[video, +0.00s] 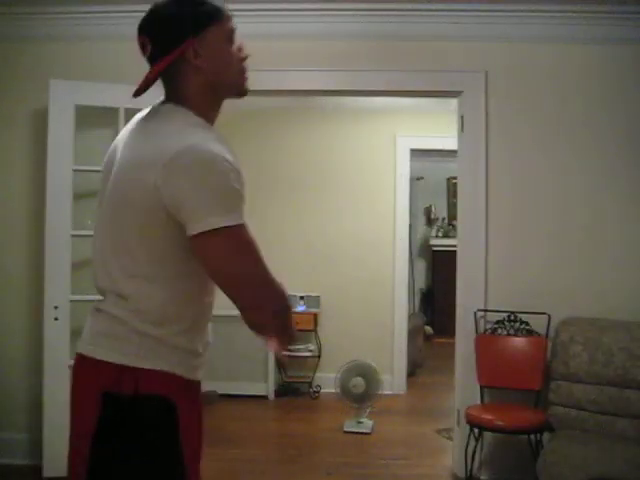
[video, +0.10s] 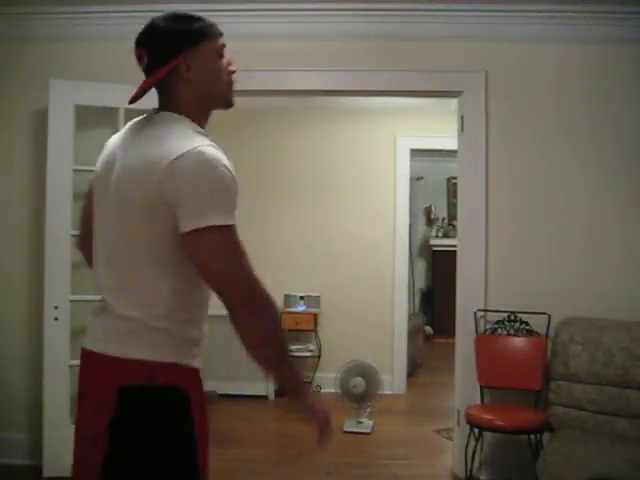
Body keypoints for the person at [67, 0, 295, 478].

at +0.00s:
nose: (242, 52)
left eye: (236, 40)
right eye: (229, 41)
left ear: (192, 58)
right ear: (195, 56)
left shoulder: (140, 134)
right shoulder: (193, 153)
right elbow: (264, 304)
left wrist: (263, 317)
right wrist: (282, 329)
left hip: (110, 374)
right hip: (147, 386)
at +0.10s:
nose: (232, 66)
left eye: (226, 53)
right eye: (220, 54)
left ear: (182, 70)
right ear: (185, 68)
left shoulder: (120, 143)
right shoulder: (196, 160)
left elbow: (90, 242)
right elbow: (243, 295)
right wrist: (297, 389)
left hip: (105, 371)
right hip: (157, 383)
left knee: (102, 474)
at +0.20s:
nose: (226, 76)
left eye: (222, 64)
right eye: (216, 65)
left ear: (178, 79)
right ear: (184, 77)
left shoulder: (110, 148)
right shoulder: (203, 155)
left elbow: (72, 238)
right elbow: (231, 289)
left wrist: (125, 294)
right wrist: (261, 416)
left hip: (103, 360)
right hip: (166, 369)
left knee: (100, 472)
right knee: (180, 473)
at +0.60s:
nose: (251, 116)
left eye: (250, 103)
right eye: (246, 102)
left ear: (198, 107)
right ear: (219, 104)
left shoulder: (151, 165)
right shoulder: (226, 158)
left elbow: (141, 261)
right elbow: (227, 263)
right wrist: (248, 373)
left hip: (136, 355)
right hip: (196, 363)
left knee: (126, 470)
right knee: (206, 471)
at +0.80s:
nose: (275, 123)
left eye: (274, 112)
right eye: (270, 111)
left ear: (229, 113)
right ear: (242, 111)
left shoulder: (182, 165)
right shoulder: (235, 161)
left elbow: (203, 254)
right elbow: (243, 262)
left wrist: (267, 278)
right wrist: (306, 334)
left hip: (174, 347)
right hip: (216, 352)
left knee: (180, 469)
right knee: (229, 471)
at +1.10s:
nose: (308, 128)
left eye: (308, 117)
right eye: (302, 115)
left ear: (270, 117)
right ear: (273, 115)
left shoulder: (244, 159)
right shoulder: (250, 157)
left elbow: (254, 245)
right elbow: (262, 240)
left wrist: (313, 258)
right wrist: (316, 320)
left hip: (236, 335)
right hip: (226, 337)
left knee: (250, 460)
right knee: (221, 464)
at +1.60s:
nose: (350, 129)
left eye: (350, 121)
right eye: (343, 118)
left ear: (318, 122)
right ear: (315, 119)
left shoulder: (308, 176)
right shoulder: (286, 165)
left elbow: (326, 250)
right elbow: (268, 247)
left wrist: (376, 251)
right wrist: (314, 329)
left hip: (288, 331)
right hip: (266, 331)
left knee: (285, 458)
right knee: (275, 462)